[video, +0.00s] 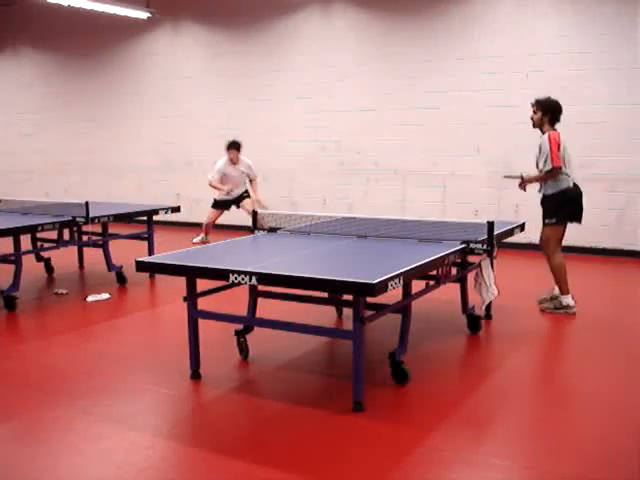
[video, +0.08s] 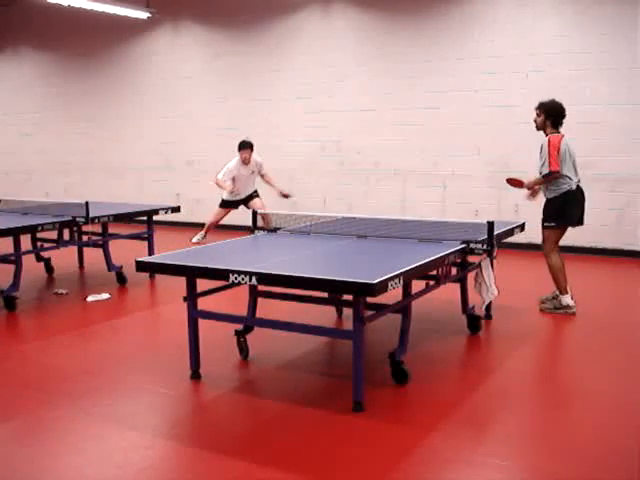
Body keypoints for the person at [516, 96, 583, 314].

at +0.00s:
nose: (531, 116)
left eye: (535, 112)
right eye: (533, 112)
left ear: (546, 116)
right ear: (547, 116)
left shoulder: (550, 137)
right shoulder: (548, 137)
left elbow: (555, 169)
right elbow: (552, 170)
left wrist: (530, 179)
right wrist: (530, 178)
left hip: (560, 195)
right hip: (555, 195)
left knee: (552, 246)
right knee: (546, 243)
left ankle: (566, 298)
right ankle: (559, 291)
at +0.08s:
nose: (534, 119)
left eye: (537, 115)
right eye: (535, 115)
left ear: (546, 118)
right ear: (553, 119)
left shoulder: (551, 141)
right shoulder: (560, 140)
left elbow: (554, 171)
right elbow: (558, 172)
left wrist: (533, 183)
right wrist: (539, 187)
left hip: (561, 196)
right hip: (568, 194)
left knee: (549, 248)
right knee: (552, 246)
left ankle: (565, 298)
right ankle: (562, 292)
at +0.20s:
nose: (539, 115)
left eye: (542, 111)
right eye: (540, 111)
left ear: (553, 114)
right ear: (558, 115)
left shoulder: (554, 136)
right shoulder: (570, 136)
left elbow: (556, 164)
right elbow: (583, 166)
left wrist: (535, 176)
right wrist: (562, 177)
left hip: (561, 191)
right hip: (573, 189)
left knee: (556, 245)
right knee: (558, 243)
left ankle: (565, 298)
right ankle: (570, 288)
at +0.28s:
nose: (542, 116)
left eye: (545, 112)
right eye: (543, 111)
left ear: (556, 115)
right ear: (561, 116)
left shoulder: (557, 137)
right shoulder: (572, 137)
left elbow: (559, 165)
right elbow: (587, 165)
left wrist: (540, 174)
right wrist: (573, 181)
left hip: (562, 192)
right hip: (574, 190)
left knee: (559, 247)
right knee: (562, 244)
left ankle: (566, 298)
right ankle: (575, 287)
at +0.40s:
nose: (547, 117)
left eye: (550, 113)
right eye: (547, 113)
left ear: (562, 116)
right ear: (562, 117)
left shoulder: (566, 136)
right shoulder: (569, 136)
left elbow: (569, 167)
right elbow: (586, 168)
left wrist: (547, 175)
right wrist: (555, 177)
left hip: (570, 193)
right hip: (575, 191)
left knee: (563, 247)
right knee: (567, 245)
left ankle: (566, 297)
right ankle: (577, 288)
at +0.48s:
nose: (548, 117)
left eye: (552, 113)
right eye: (548, 113)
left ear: (563, 116)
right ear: (563, 117)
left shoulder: (569, 136)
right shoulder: (568, 136)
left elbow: (572, 167)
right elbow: (572, 167)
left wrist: (549, 175)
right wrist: (552, 178)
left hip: (572, 191)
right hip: (572, 190)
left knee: (565, 245)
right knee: (569, 244)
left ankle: (566, 296)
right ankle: (577, 289)